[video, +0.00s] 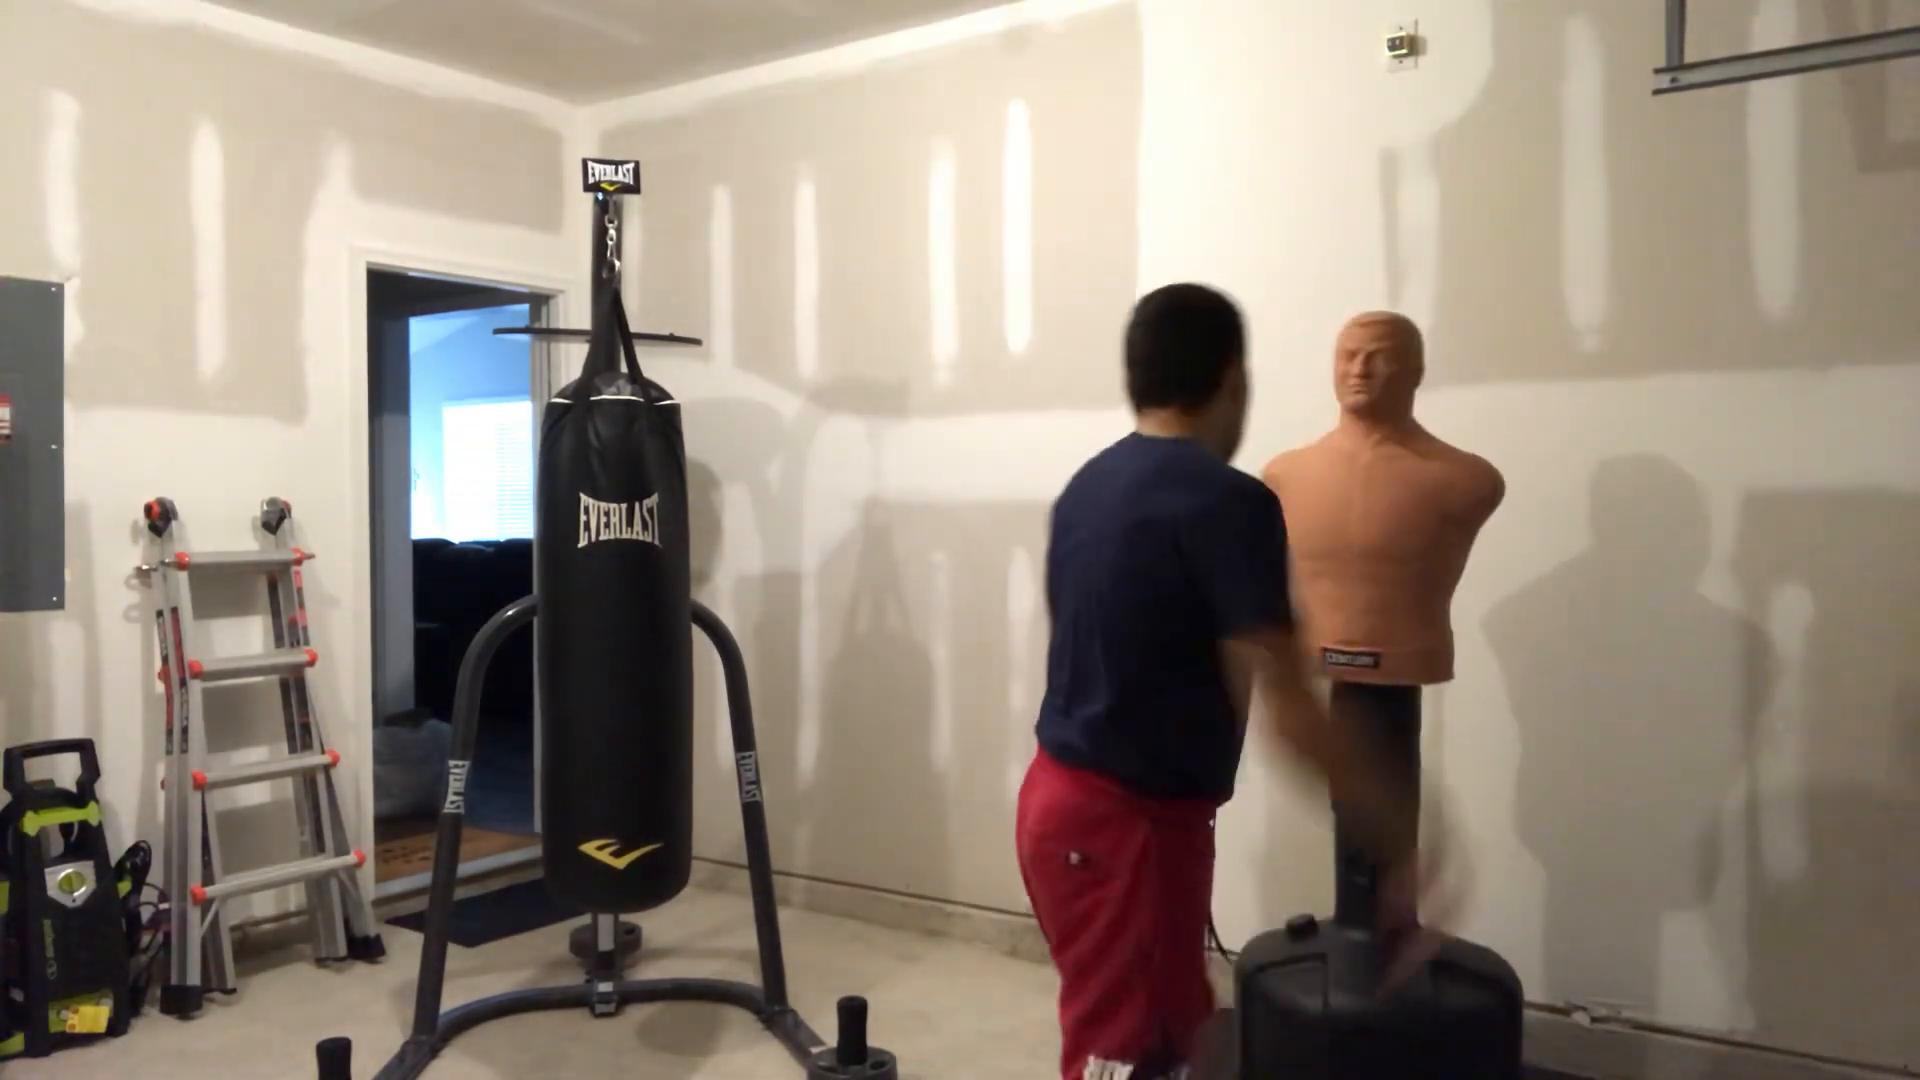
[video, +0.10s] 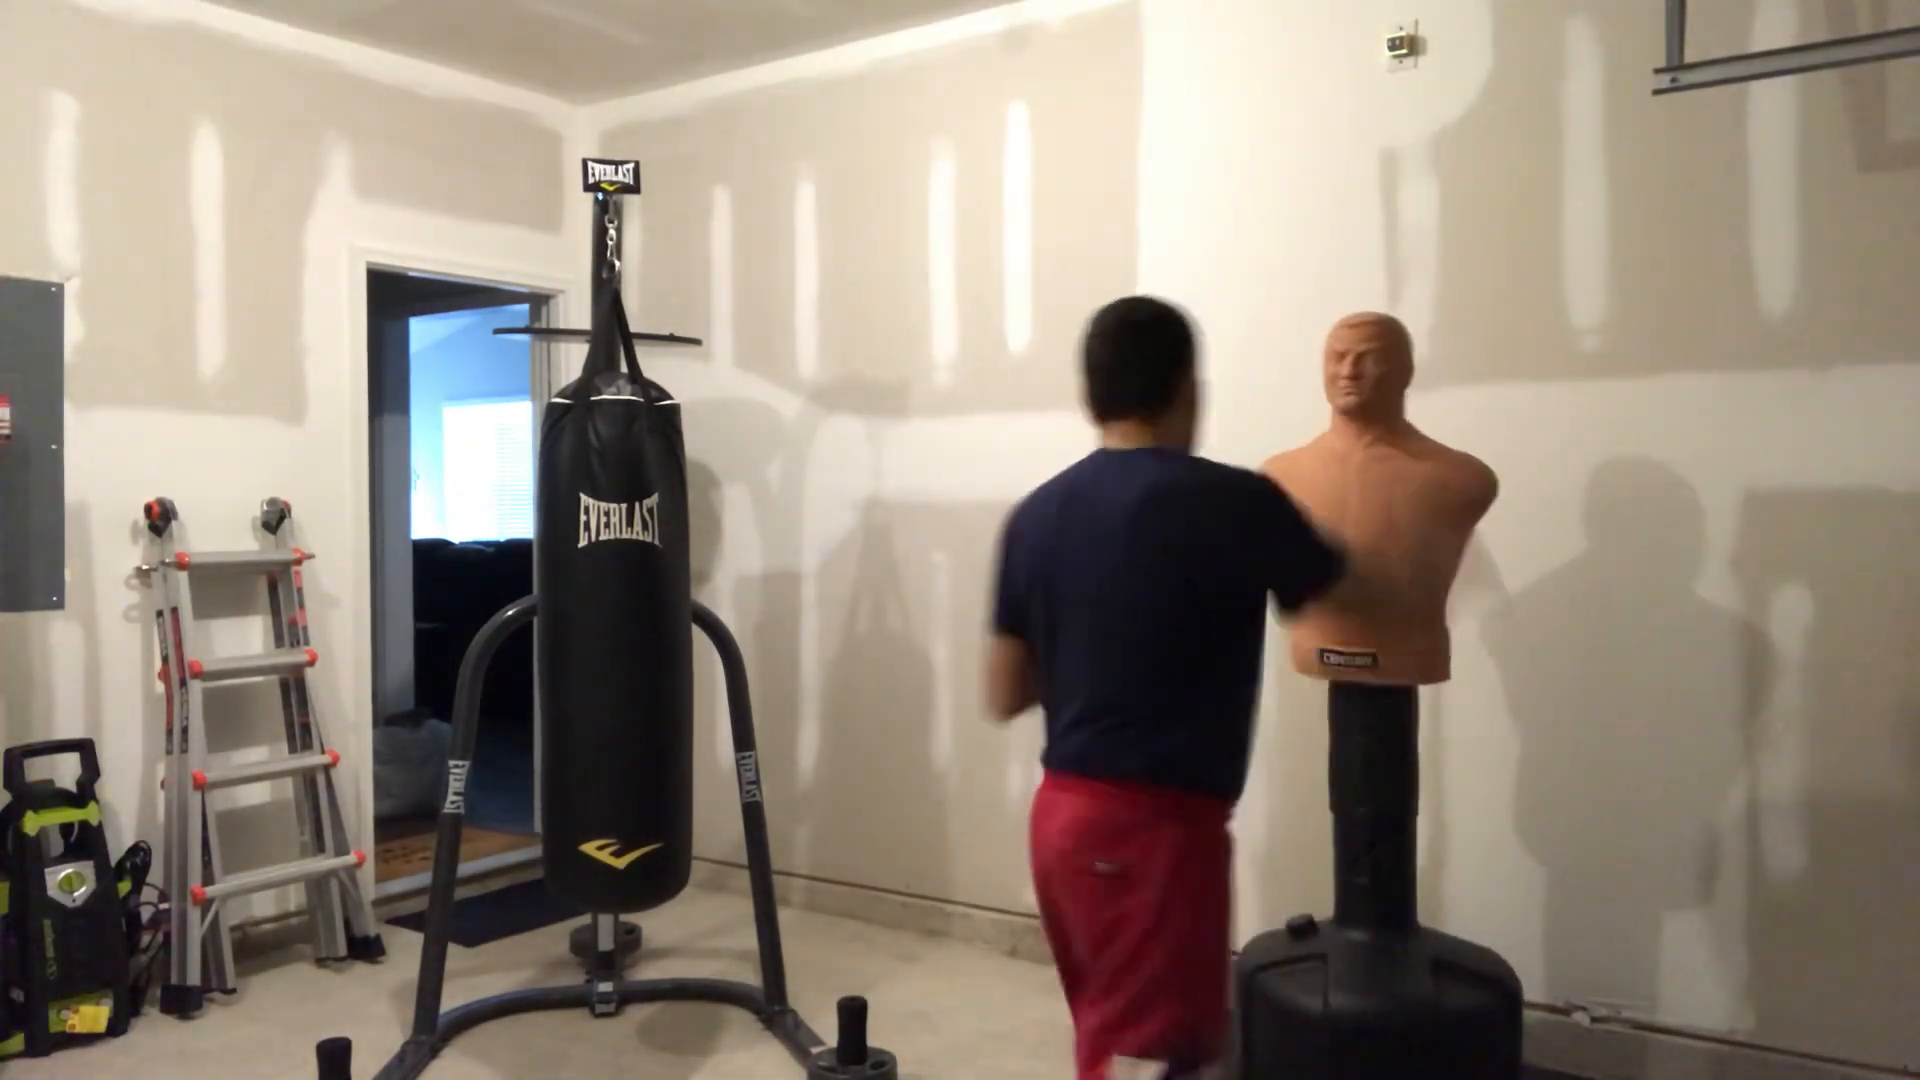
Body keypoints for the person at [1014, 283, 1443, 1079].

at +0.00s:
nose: (1248, 388)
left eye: (1242, 370)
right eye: (1245, 370)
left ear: (1135, 379)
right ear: (1232, 377)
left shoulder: (1088, 487)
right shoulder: (1230, 504)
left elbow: (1085, 652)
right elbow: (1289, 709)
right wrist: (1391, 837)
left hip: (1064, 806)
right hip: (1135, 830)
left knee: (1175, 1042)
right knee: (1118, 1060)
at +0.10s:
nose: (1198, 391)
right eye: (1194, 377)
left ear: (1089, 395)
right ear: (1187, 386)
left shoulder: (1040, 515)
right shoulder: (1237, 501)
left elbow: (1003, 695)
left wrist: (1087, 631)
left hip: (1065, 823)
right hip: (1169, 830)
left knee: (1100, 1046)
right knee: (1175, 1054)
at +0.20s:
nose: (1130, 386)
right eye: (1129, 373)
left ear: (1035, 397)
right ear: (1129, 383)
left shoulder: (996, 534)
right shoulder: (1197, 475)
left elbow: (991, 732)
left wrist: (1067, 723)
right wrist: (1280, 350)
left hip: (1088, 811)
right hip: (1199, 803)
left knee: (1131, 1027)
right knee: (1236, 1023)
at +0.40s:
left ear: (952, 415)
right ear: (1052, 398)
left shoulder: (935, 547)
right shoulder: (1129, 451)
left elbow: (907, 696)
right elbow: (1277, 426)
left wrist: (939, 585)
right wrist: (1332, 382)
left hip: (1177, 793)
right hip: (1283, 690)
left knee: (1160, 1029)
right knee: (1382, 656)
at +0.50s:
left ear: (940, 446)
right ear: (1040, 426)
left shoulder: (921, 580)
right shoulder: (1116, 484)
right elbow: (1312, 491)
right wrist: (1458, 482)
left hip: (1225, 767)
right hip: (1274, 644)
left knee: (1229, 1004)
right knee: (1309, 513)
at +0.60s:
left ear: (935, 488)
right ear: (1037, 464)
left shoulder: (940, 625)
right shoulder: (1118, 513)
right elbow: (1289, 552)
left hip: (1240, 762)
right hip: (1280, 643)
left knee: (1262, 1007)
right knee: (1268, 530)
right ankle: (1407, 436)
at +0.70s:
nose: (919, 513)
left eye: (918, 500)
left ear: (928, 516)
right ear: (1029, 483)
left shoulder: (969, 659)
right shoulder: (1116, 519)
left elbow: (942, 788)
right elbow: (1280, 536)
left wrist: (957, 696)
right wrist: (1445, 545)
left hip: (1244, 773)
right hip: (1273, 650)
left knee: (1240, 1014)